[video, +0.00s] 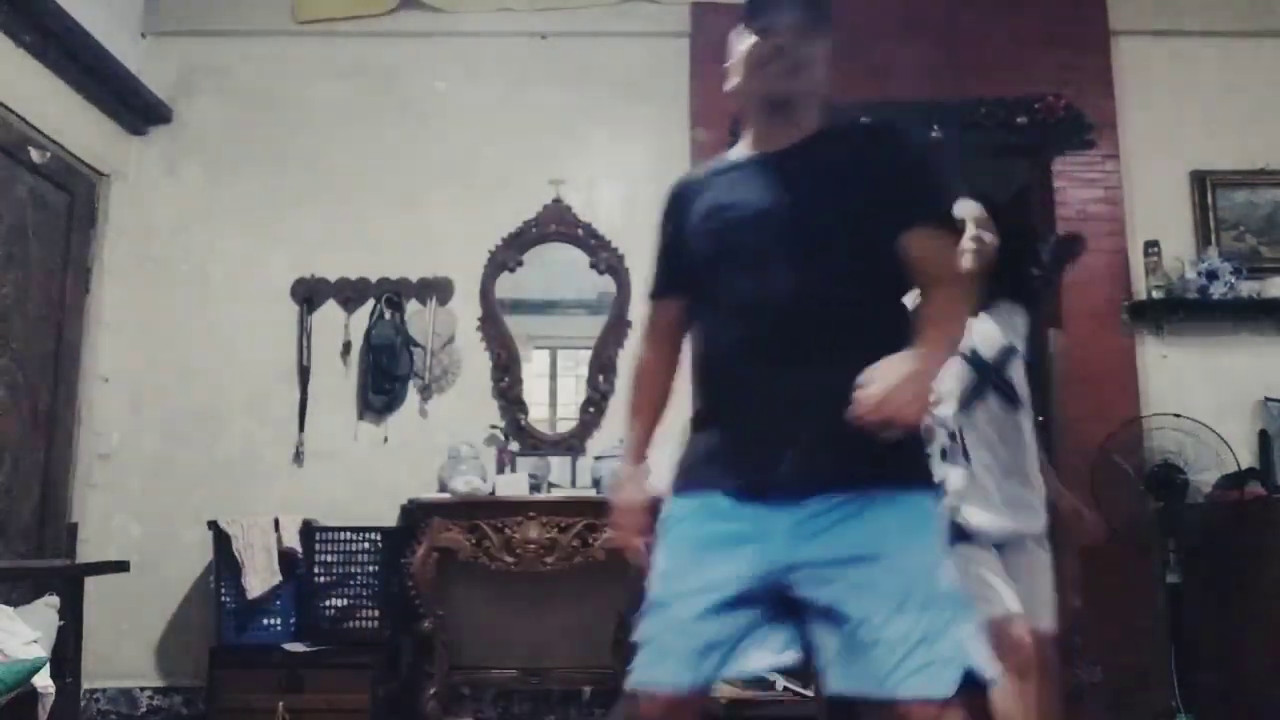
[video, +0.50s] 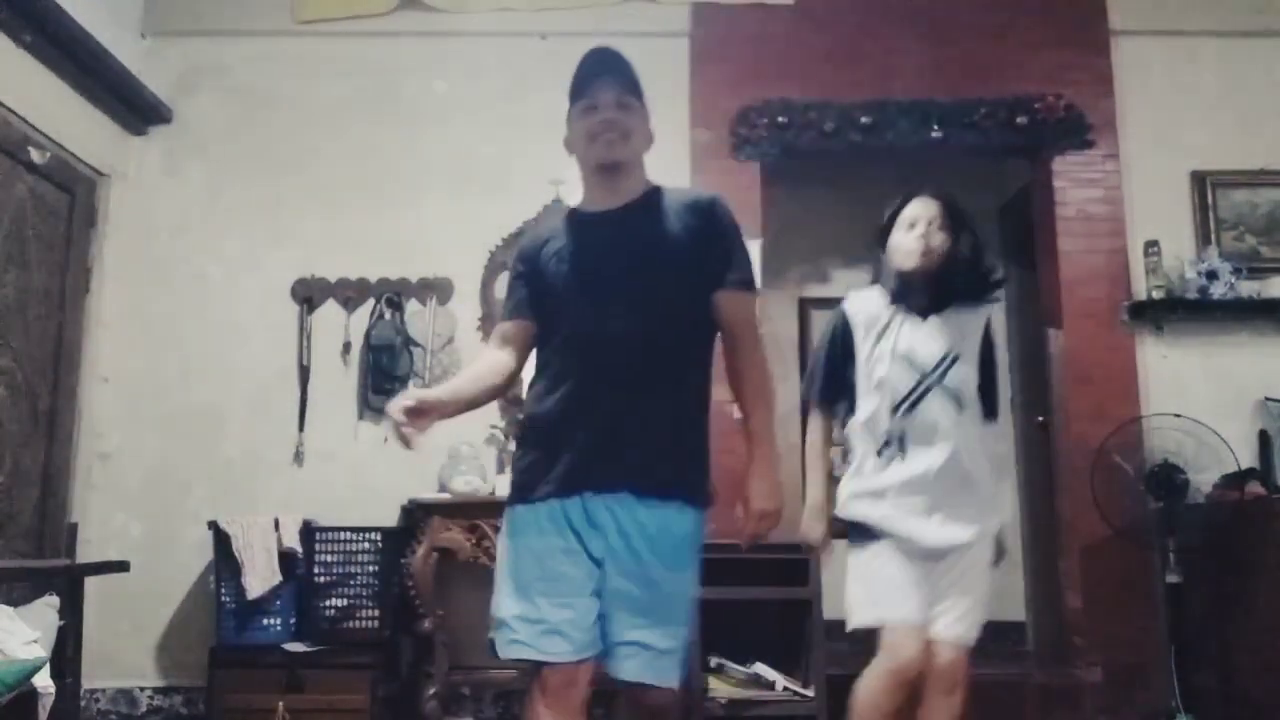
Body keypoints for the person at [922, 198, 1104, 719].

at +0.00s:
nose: (969, 244)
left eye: (981, 232)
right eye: (957, 231)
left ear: (999, 249)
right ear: (936, 244)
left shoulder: (1009, 321)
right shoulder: (921, 325)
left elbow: (1020, 435)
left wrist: (1059, 497)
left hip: (1025, 520)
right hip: (961, 521)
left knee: (1040, 651)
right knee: (1016, 648)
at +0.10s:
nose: (987, 263)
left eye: (999, 255)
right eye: (972, 255)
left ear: (1018, 276)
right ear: (950, 277)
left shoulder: (1040, 354)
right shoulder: (923, 349)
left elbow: (1056, 465)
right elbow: (893, 447)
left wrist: (1092, 548)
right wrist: (914, 538)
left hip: (1045, 551)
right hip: (969, 547)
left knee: (1069, 689)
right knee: (1048, 668)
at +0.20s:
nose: (987, 257)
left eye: (1000, 249)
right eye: (973, 248)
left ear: (1017, 269)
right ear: (951, 266)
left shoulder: (1038, 344)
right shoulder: (916, 341)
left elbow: (1054, 455)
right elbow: (874, 429)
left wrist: (1094, 545)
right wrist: (873, 519)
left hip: (1037, 544)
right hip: (957, 542)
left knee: (1068, 691)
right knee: (1052, 677)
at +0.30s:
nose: (971, 220)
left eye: (984, 212)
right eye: (959, 209)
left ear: (1000, 229)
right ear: (936, 222)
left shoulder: (1018, 306)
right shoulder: (901, 289)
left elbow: (1030, 418)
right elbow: (847, 370)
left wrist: (1057, 499)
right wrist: (850, 459)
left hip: (1011, 495)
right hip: (934, 492)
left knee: (1034, 643)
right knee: (986, 642)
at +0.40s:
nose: (946, 207)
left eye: (960, 200)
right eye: (934, 198)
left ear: (980, 219)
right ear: (911, 214)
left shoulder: (1003, 293)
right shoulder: (873, 284)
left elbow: (1009, 400)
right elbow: (826, 365)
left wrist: (1021, 491)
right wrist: (829, 457)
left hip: (988, 490)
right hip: (905, 489)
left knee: (989, 640)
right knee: (939, 633)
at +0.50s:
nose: (924, 234)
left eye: (937, 226)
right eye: (912, 225)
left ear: (956, 244)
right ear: (888, 241)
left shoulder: (983, 320)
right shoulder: (858, 315)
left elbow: (997, 429)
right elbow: (820, 409)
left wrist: (1001, 522)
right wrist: (816, 500)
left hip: (966, 520)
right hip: (884, 517)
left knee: (949, 665)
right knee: (902, 656)